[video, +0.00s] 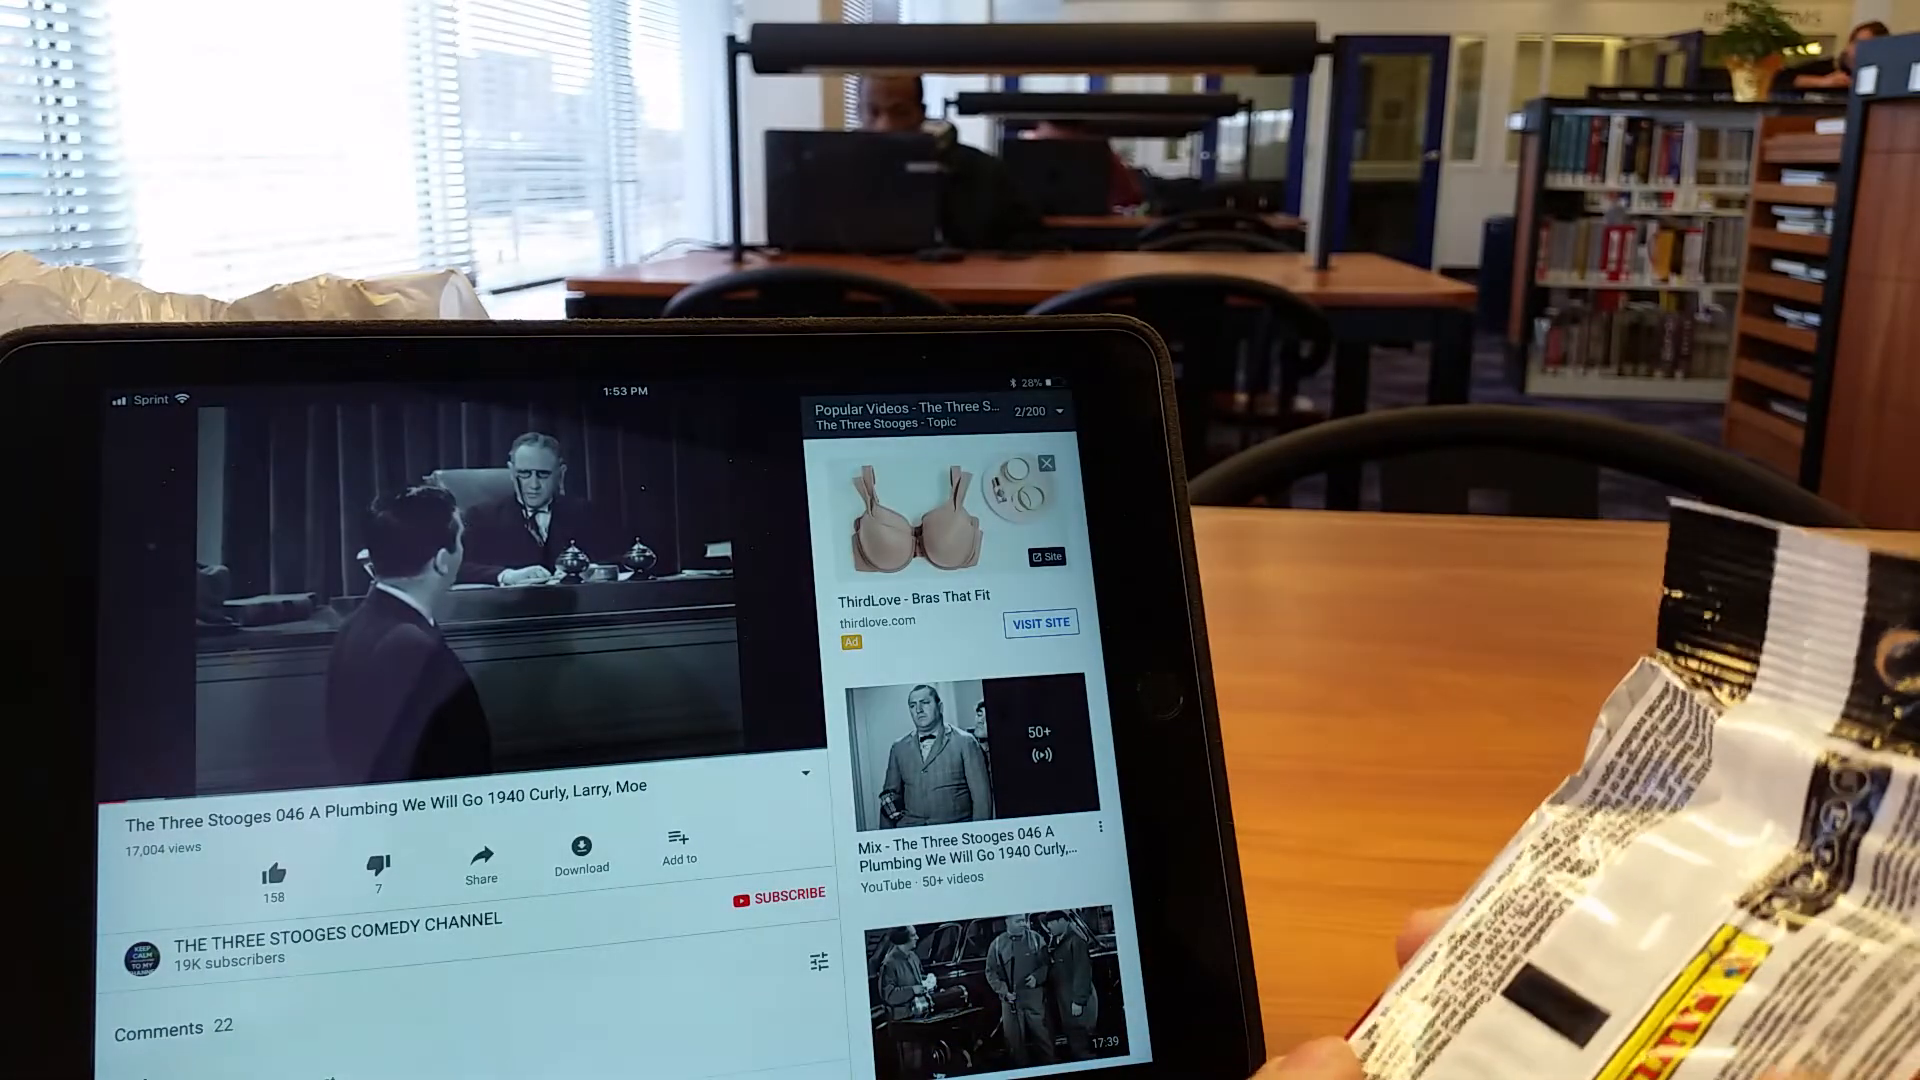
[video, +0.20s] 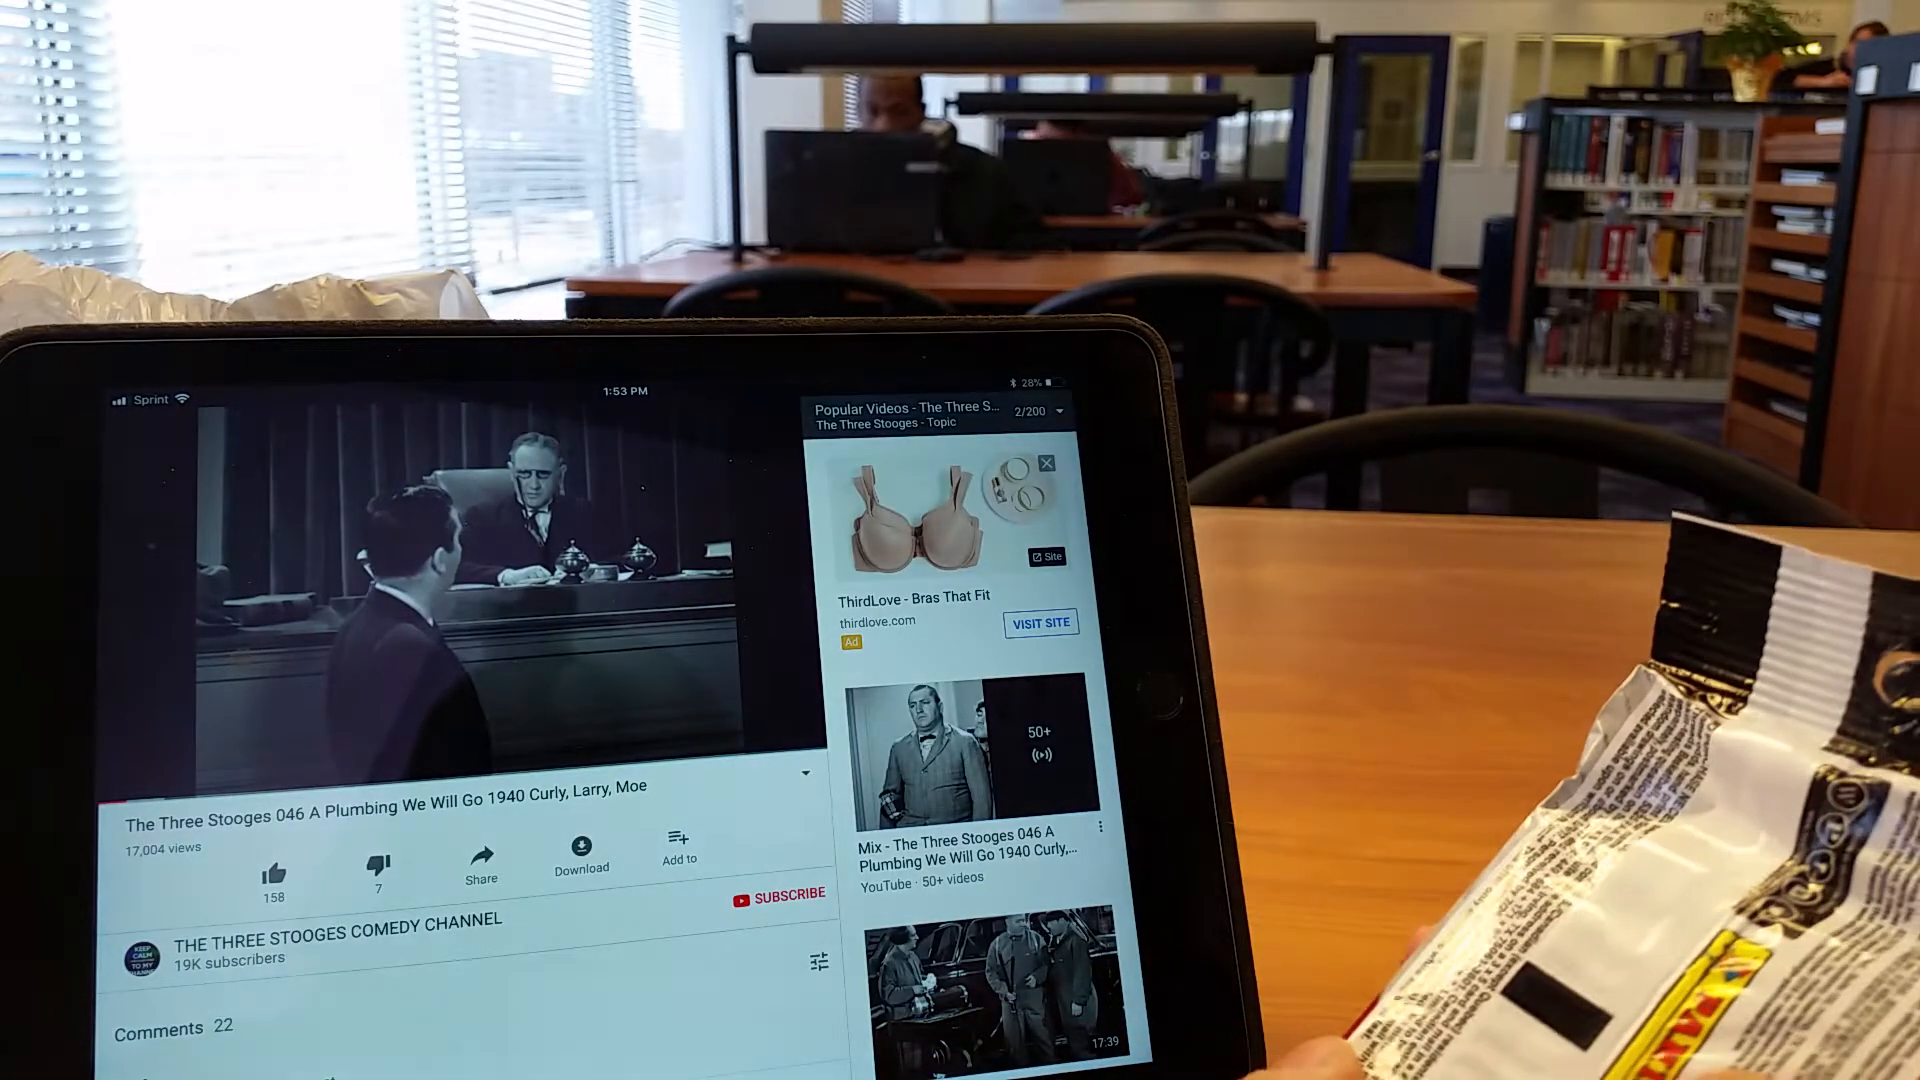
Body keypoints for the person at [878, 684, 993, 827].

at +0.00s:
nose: (919, 709)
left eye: (925, 703)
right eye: (913, 705)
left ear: (939, 707)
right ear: (909, 711)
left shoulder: (964, 742)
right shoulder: (899, 749)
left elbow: (981, 795)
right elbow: (891, 794)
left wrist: (979, 834)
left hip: (956, 831)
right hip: (910, 835)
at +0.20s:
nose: (919, 709)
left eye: (925, 703)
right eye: (913, 705)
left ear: (939, 706)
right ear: (909, 711)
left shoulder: (964, 742)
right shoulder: (899, 749)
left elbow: (981, 795)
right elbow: (891, 793)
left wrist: (979, 835)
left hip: (956, 831)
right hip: (910, 836)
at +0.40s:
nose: (919, 710)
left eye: (925, 703)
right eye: (913, 705)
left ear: (939, 706)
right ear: (909, 711)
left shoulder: (964, 742)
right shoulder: (899, 748)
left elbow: (981, 795)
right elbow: (891, 794)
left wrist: (979, 834)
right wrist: (886, 839)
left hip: (956, 831)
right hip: (910, 835)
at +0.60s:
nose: (919, 710)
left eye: (925, 703)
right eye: (913, 705)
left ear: (939, 706)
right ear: (909, 711)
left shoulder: (964, 742)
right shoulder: (899, 748)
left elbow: (981, 795)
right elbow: (890, 794)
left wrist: (979, 835)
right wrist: (886, 841)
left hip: (956, 832)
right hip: (910, 836)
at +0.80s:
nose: (919, 709)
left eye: (925, 703)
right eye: (913, 705)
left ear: (939, 707)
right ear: (909, 711)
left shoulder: (964, 742)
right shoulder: (899, 749)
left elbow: (981, 796)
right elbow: (890, 796)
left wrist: (979, 835)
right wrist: (886, 839)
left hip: (956, 832)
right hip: (910, 836)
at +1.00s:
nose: (919, 709)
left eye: (925, 703)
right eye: (913, 705)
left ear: (939, 706)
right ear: (909, 711)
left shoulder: (964, 742)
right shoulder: (899, 749)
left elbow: (981, 795)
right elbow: (891, 795)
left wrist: (979, 835)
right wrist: (886, 840)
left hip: (956, 831)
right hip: (910, 836)